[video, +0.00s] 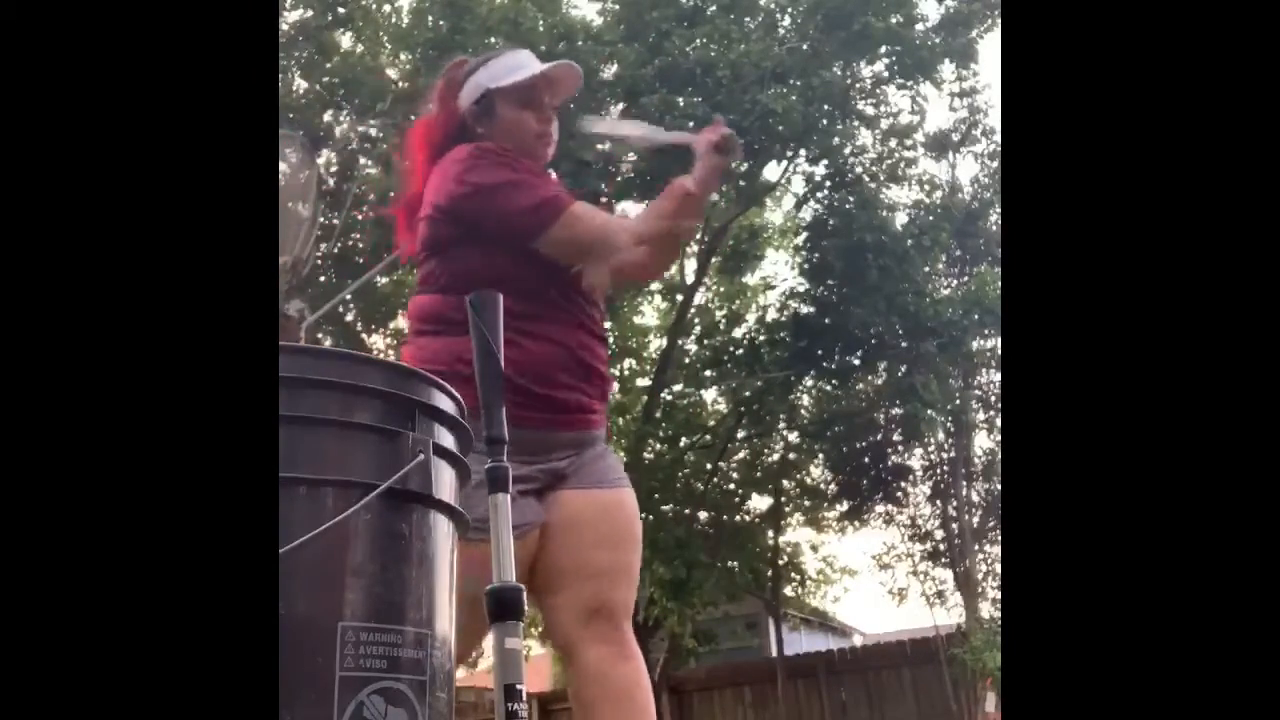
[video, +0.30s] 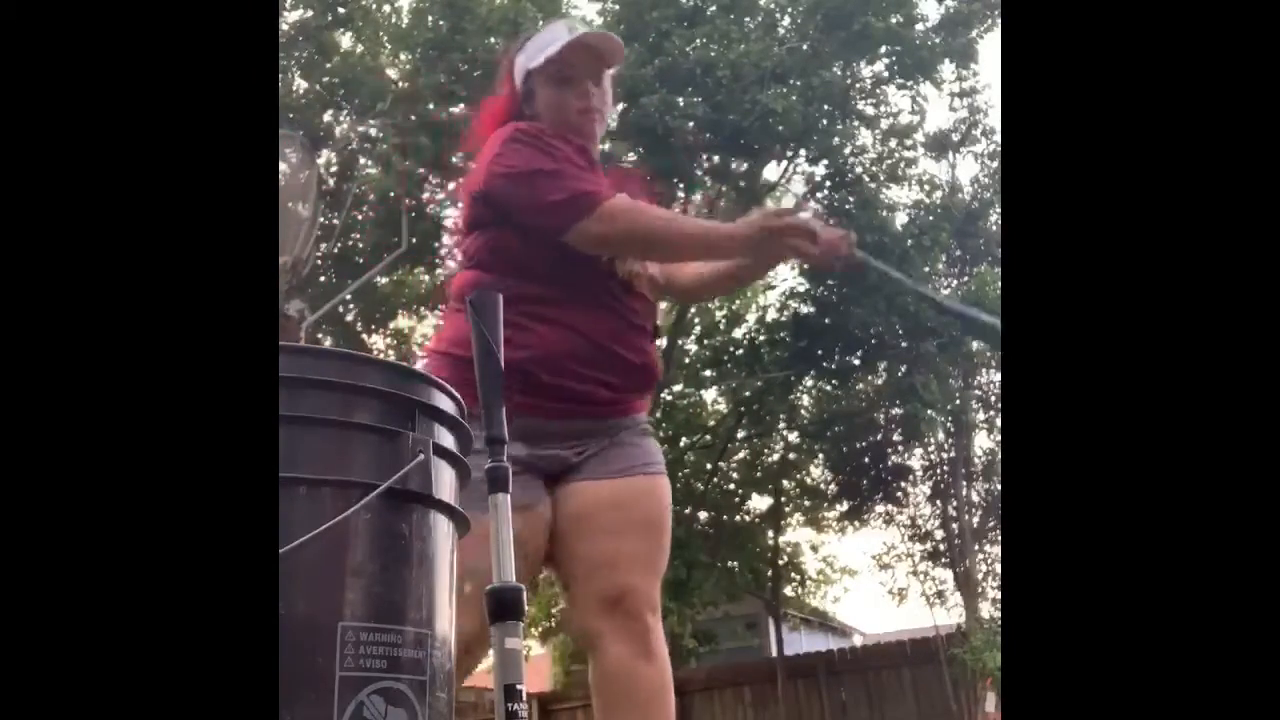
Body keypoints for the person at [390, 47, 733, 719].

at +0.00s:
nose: (550, 119)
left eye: (552, 106)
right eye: (530, 104)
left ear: (552, 112)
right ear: (481, 115)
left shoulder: (550, 199)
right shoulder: (470, 174)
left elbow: (639, 259)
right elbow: (617, 242)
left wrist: (697, 182)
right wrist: (699, 177)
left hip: (581, 450)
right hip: (478, 452)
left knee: (605, 634)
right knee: (439, 653)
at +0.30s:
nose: (591, 96)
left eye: (601, 82)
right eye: (569, 81)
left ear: (612, 95)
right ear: (527, 91)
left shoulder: (620, 189)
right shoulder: (514, 154)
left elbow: (666, 277)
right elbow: (603, 226)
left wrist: (773, 253)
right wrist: (740, 235)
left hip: (611, 430)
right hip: (490, 426)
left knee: (630, 624)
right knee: (460, 629)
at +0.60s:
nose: (569, 54)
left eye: (584, 36)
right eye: (548, 42)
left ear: (609, 46)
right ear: (520, 55)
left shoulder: (655, 152)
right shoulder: (474, 135)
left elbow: (700, 259)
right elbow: (430, 236)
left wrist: (752, 308)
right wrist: (576, 265)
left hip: (618, 419)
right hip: (481, 402)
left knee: (630, 622)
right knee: (467, 568)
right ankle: (398, 706)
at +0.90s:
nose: (458, 5)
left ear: (509, 12)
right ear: (401, 13)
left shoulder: (567, 106)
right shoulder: (341, 124)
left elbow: (620, 228)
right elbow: (285, 270)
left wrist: (665, 289)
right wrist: (332, 391)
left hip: (550, 413)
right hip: (404, 421)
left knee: (595, 637)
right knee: (397, 648)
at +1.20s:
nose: (373, 38)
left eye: (392, 8)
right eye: (337, 16)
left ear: (429, 10)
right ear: (300, 34)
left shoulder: (496, 76)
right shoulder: (309, 156)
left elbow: (591, 184)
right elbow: (283, 296)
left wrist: (663, 264)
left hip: (505, 378)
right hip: (366, 396)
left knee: (547, 593)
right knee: (340, 609)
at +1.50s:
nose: (403, 33)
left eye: (421, 5)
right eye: (370, 15)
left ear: (457, 8)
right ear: (334, 38)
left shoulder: (520, 87)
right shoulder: (310, 139)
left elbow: (599, 195)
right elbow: (288, 268)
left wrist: (676, 270)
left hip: (511, 381)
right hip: (366, 397)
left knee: (569, 589)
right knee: (341, 613)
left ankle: (613, 718)